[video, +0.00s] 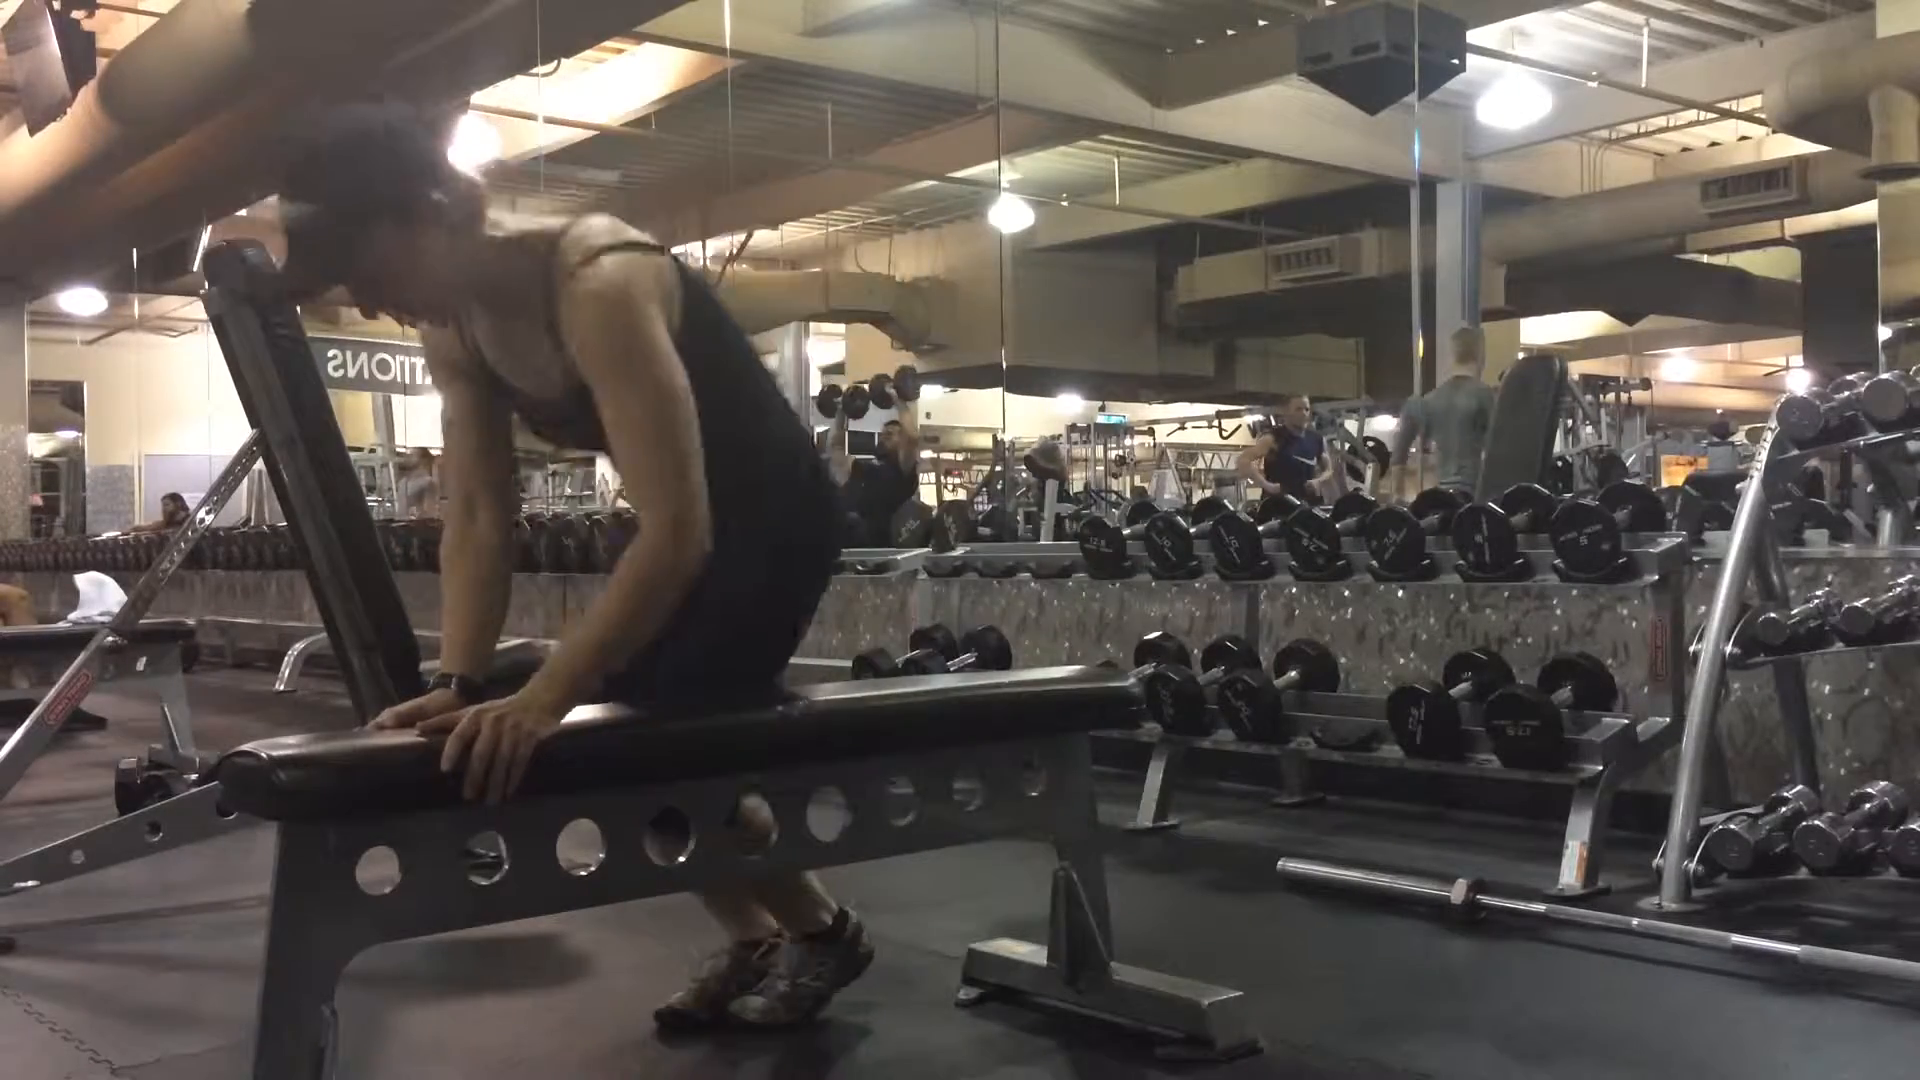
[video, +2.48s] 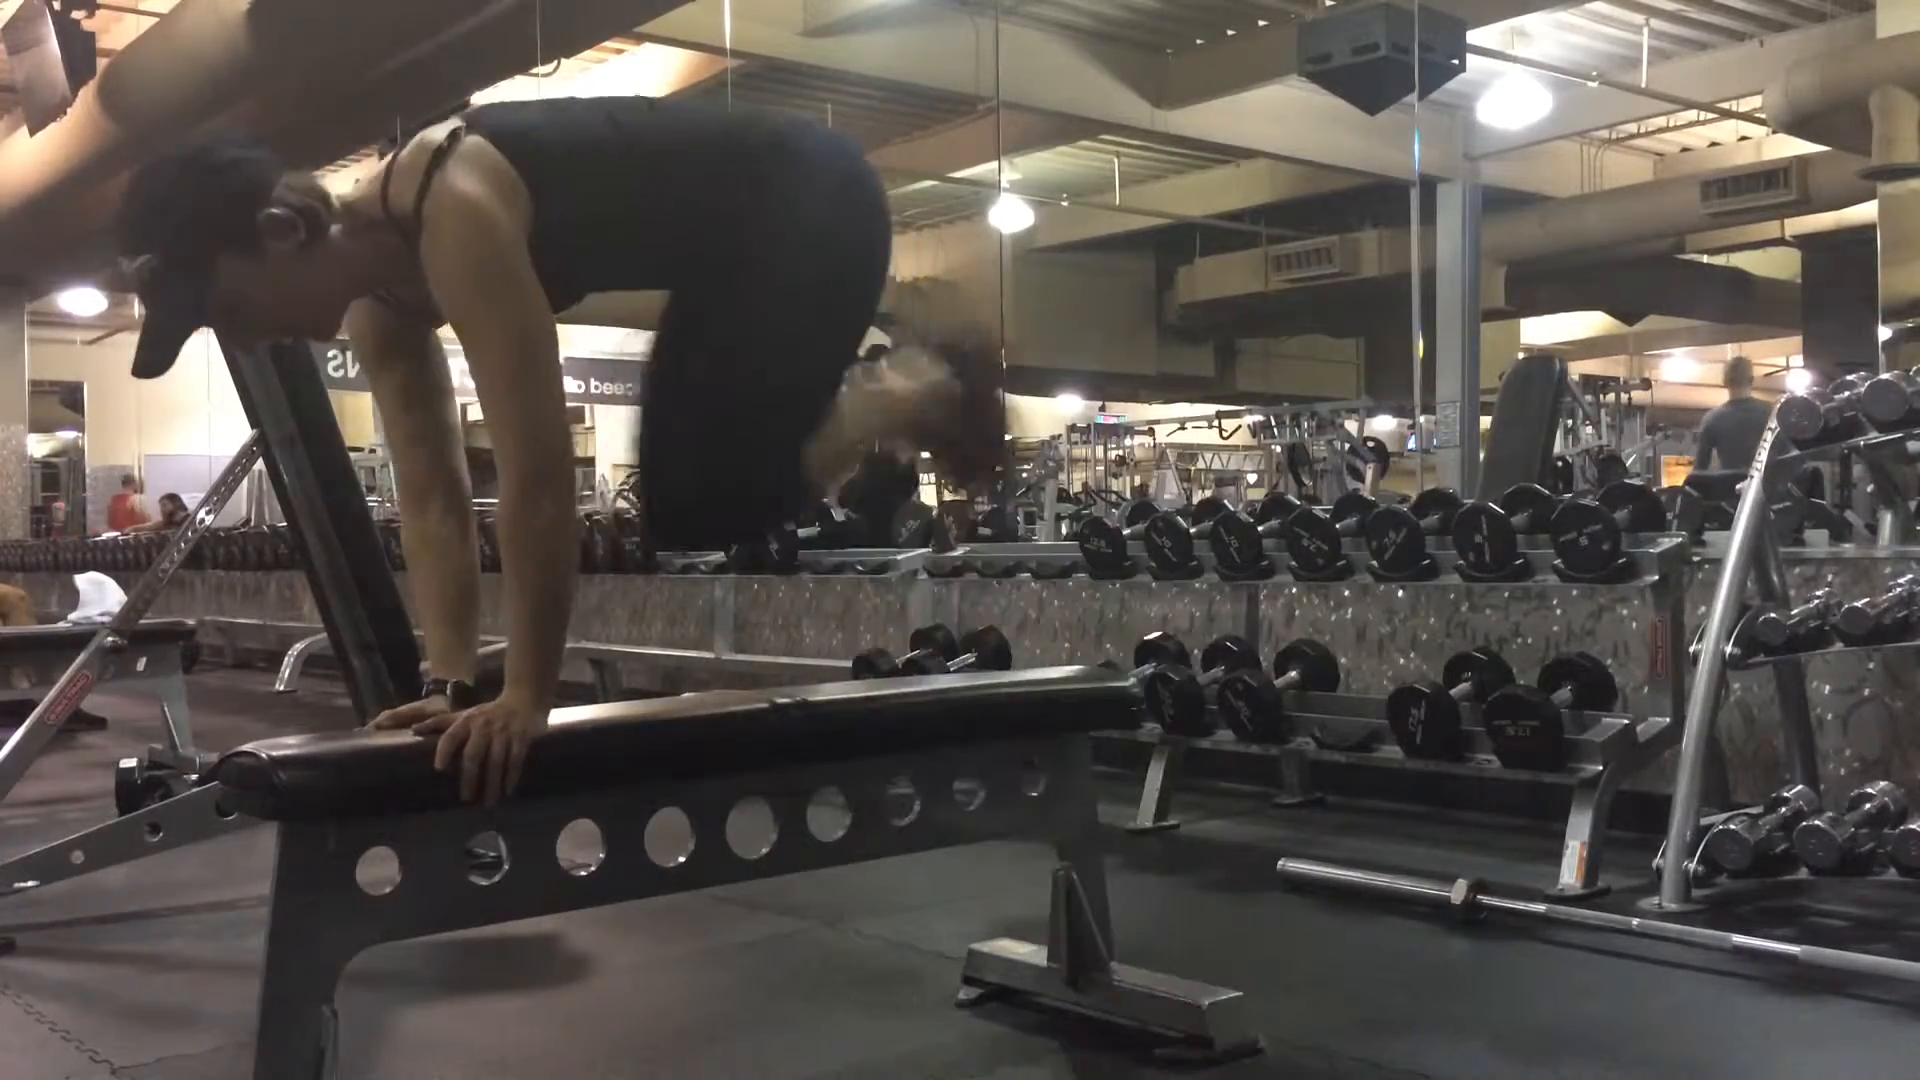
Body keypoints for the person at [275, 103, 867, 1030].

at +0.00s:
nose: (370, 308)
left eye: (370, 273)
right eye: (353, 288)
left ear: (440, 213)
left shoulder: (605, 285)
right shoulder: (457, 322)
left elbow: (677, 531)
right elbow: (476, 506)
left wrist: (540, 701)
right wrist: (457, 681)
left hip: (774, 522)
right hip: (680, 525)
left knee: (673, 738)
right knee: (627, 744)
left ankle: (821, 930)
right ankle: (756, 940)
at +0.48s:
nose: (312, 313)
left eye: (292, 287)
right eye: (287, 302)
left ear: (333, 203)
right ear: (318, 220)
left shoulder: (513, 204)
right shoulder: (423, 260)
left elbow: (566, 475)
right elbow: (458, 471)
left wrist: (530, 691)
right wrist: (453, 674)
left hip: (872, 240)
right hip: (788, 288)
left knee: (853, 549)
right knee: (790, 571)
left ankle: (1126, 686)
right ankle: (1067, 658)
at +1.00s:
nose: (283, 327)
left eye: (267, 297)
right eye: (260, 315)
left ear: (322, 217)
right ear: (315, 227)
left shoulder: (495, 212)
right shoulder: (405, 291)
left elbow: (560, 481)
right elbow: (446, 487)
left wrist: (527, 701)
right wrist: (449, 679)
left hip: (846, 194)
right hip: (776, 230)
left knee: (787, 502)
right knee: (764, 511)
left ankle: (1054, 462)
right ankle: (1037, 461)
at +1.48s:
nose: (303, 307)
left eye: (292, 275)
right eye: (279, 296)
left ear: (335, 205)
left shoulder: (529, 240)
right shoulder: (383, 315)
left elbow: (622, 491)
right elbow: (432, 497)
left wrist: (532, 700)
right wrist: (446, 682)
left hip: (754, 432)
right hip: (652, 452)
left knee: (727, 689)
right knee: (686, 692)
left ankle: (788, 905)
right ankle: (724, 908)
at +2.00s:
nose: (248, 326)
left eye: (232, 294)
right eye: (226, 313)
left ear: (289, 215)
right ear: (280, 226)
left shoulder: (460, 210)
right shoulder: (402, 266)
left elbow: (552, 473)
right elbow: (451, 481)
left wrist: (528, 694)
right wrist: (450, 675)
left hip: (853, 228)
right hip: (791, 269)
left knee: (887, 557)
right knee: (849, 563)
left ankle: (1145, 741)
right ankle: (1087, 708)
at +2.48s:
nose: (255, 343)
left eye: (236, 315)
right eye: (229, 329)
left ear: (282, 233)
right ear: (278, 236)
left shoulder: (462, 218)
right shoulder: (379, 281)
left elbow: (537, 473)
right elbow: (427, 490)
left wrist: (524, 698)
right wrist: (446, 680)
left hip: (807, 201)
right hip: (729, 232)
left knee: (715, 501)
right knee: (683, 504)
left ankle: (923, 387)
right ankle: (899, 382)